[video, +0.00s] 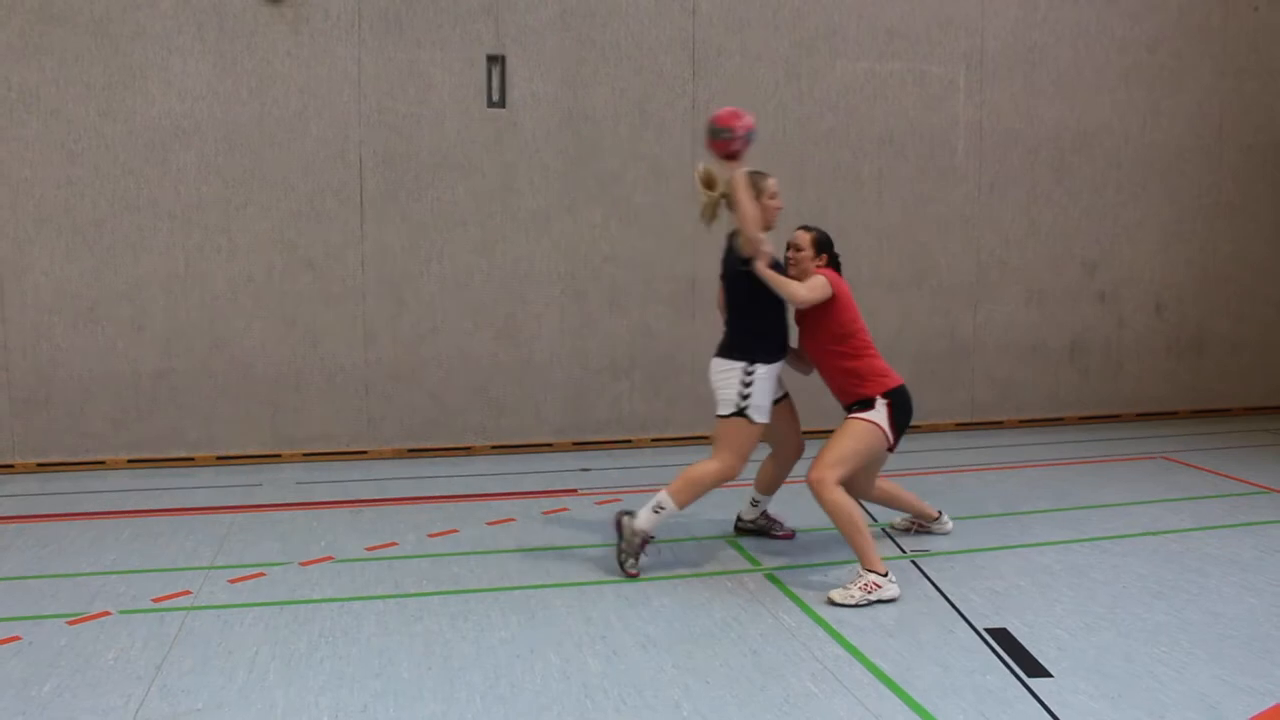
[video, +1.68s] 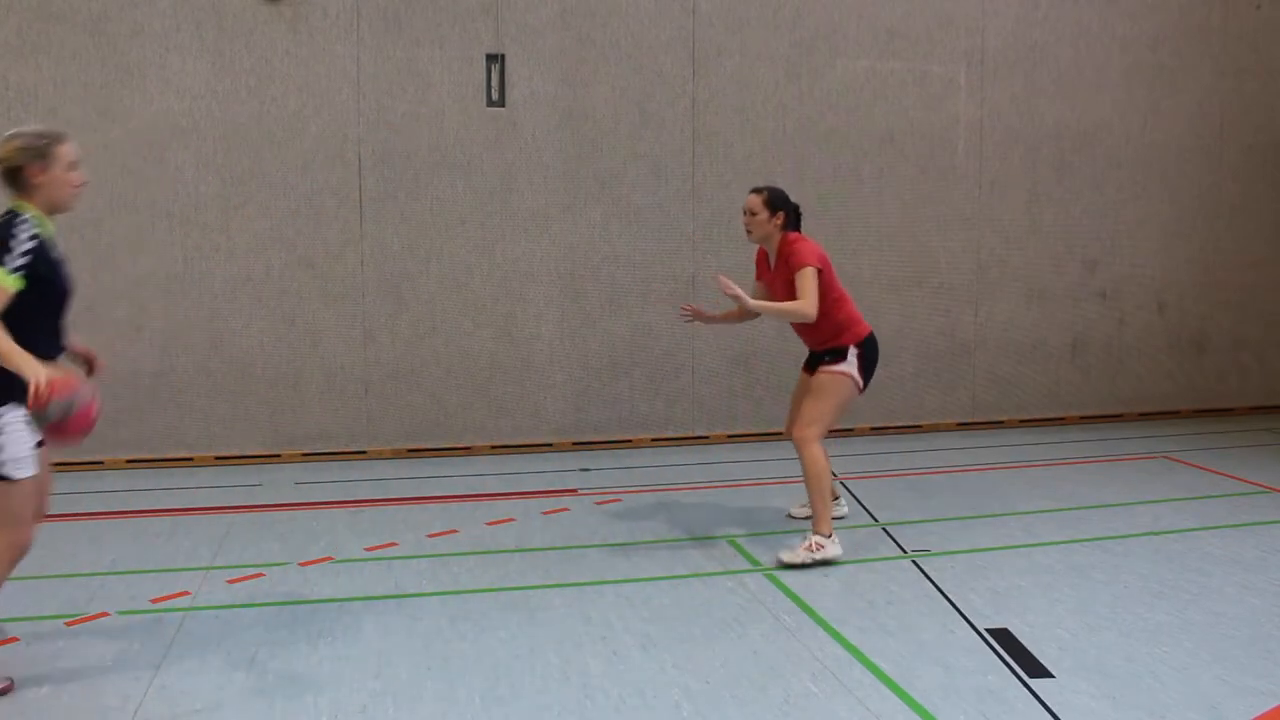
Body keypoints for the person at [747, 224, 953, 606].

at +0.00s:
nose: (788, 256)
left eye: (797, 250)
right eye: (788, 250)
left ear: (821, 258)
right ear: (790, 258)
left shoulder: (825, 278)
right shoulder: (808, 300)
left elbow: (800, 296)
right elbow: (805, 365)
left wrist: (761, 270)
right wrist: (765, 336)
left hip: (880, 402)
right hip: (870, 404)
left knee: (823, 478)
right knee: (860, 485)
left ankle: (877, 576)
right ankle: (931, 517)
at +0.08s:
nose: (794, 256)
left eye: (804, 250)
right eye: (793, 250)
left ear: (826, 259)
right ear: (793, 258)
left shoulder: (830, 281)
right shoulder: (801, 303)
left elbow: (812, 300)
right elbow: (802, 365)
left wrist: (775, 272)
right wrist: (763, 322)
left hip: (880, 405)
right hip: (865, 407)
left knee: (820, 479)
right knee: (866, 492)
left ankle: (876, 576)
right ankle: (933, 517)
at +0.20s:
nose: (798, 257)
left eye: (808, 251)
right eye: (794, 251)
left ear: (826, 260)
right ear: (788, 257)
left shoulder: (833, 283)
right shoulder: (786, 300)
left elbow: (827, 299)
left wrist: (777, 273)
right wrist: (729, 287)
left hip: (884, 405)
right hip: (857, 411)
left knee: (826, 474)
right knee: (872, 491)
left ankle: (875, 574)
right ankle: (938, 516)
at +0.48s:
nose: (775, 265)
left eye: (783, 256)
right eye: (768, 259)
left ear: (801, 260)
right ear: (761, 266)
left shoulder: (823, 285)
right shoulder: (765, 308)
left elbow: (800, 301)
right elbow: (733, 358)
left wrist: (747, 266)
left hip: (884, 393)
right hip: (852, 402)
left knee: (822, 478)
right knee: (883, 460)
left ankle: (875, 571)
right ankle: (928, 497)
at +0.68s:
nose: (769, 232)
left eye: (777, 225)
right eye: (764, 226)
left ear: (800, 225)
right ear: (756, 230)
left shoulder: (817, 251)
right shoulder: (759, 269)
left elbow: (773, 259)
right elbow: (721, 298)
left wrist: (731, 248)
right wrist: (673, 319)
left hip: (878, 364)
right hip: (846, 369)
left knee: (824, 467)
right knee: (840, 448)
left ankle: (874, 566)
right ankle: (889, 497)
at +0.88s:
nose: (756, 242)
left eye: (764, 234)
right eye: (751, 235)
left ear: (792, 233)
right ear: (752, 238)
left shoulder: (815, 263)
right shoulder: (764, 277)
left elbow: (786, 278)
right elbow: (710, 309)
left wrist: (719, 259)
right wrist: (659, 315)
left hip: (872, 384)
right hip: (834, 385)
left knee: (811, 474)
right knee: (791, 459)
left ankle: (846, 586)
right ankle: (840, 516)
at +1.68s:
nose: (745, 221)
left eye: (752, 214)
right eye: (744, 214)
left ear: (778, 218)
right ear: (755, 220)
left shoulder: (801, 250)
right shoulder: (765, 256)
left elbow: (808, 309)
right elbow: (755, 308)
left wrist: (752, 304)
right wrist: (712, 317)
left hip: (850, 348)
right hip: (821, 350)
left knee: (807, 434)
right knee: (797, 430)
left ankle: (823, 537)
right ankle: (830, 495)